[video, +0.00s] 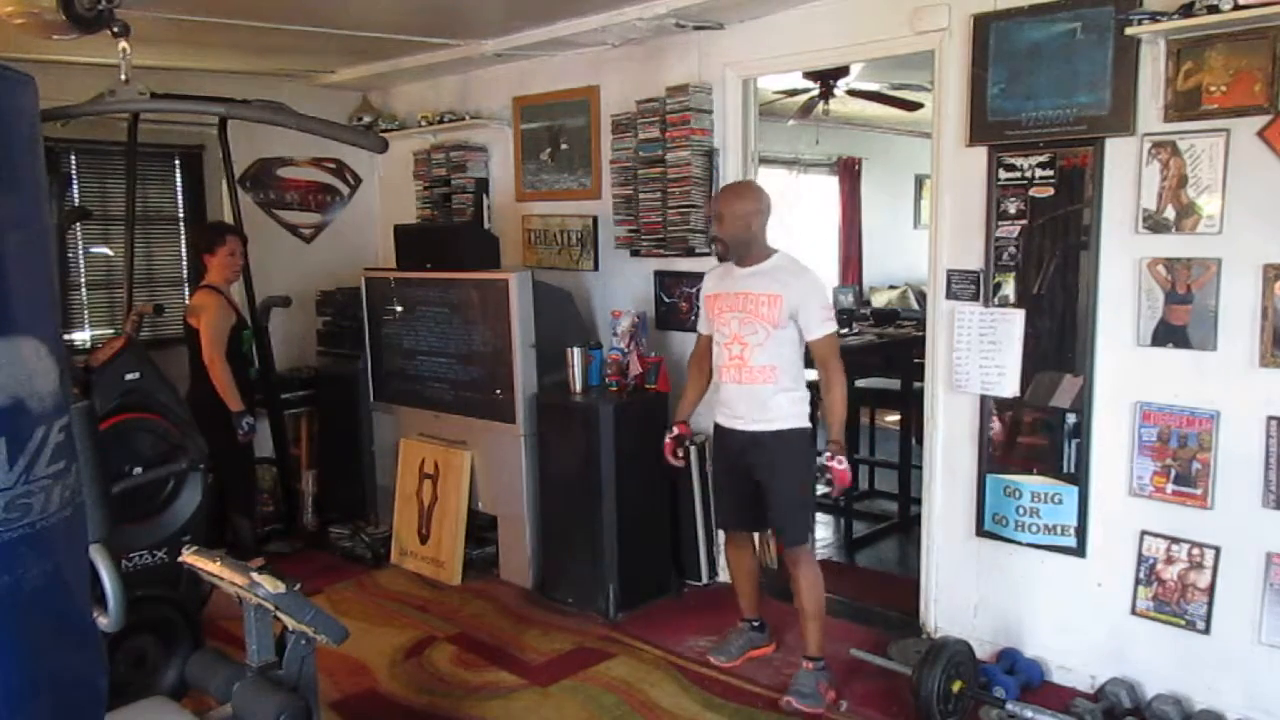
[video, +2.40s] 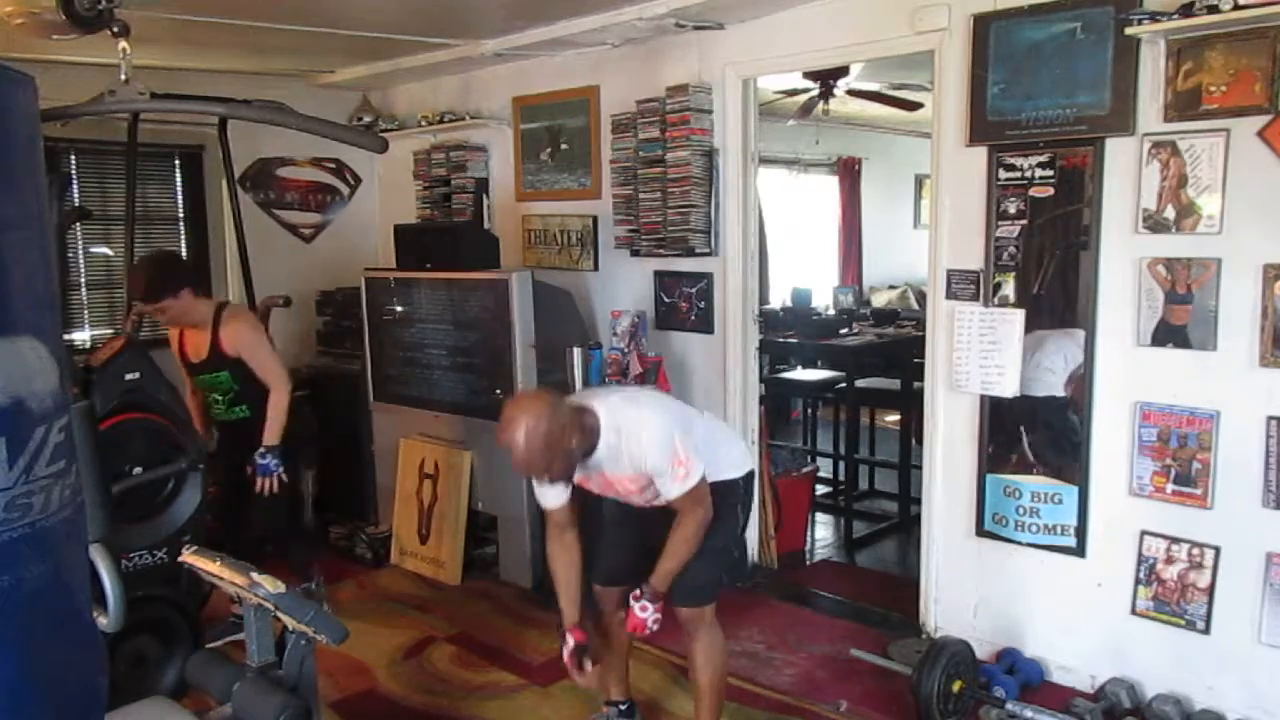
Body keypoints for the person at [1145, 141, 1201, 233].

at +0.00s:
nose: (1157, 158)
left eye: (1159, 153)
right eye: (1155, 156)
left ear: (1168, 150)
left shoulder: (1175, 161)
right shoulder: (1163, 167)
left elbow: (1170, 187)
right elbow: (1161, 188)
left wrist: (1160, 213)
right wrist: (1157, 212)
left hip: (1191, 210)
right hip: (1180, 212)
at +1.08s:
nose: (1157, 158)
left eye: (1159, 153)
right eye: (1155, 155)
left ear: (1168, 150)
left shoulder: (1175, 161)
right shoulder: (1164, 166)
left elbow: (1170, 187)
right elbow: (1161, 188)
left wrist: (1160, 213)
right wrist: (1157, 212)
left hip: (1190, 210)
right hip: (1180, 212)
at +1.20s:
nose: (1157, 158)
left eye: (1159, 153)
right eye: (1155, 156)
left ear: (1168, 150)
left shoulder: (1175, 161)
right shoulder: (1164, 166)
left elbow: (1170, 187)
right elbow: (1161, 188)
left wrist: (1160, 213)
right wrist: (1157, 212)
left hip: (1190, 211)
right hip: (1180, 212)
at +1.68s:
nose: (1157, 158)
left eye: (1159, 153)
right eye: (1155, 156)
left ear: (1168, 150)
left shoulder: (1175, 161)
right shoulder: (1164, 166)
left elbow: (1170, 187)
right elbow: (1161, 188)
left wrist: (1160, 213)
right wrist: (1157, 212)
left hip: (1190, 210)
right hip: (1180, 212)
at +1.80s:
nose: (1157, 158)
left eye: (1159, 153)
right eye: (1155, 156)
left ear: (1168, 150)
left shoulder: (1174, 161)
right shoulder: (1164, 165)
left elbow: (1171, 187)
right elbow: (1161, 187)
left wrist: (1160, 212)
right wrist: (1157, 211)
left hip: (1190, 210)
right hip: (1180, 211)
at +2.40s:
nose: (1157, 158)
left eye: (1159, 154)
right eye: (1155, 156)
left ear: (1168, 150)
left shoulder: (1175, 161)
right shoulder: (1164, 166)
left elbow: (1170, 187)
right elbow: (1161, 188)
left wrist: (1160, 212)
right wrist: (1157, 211)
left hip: (1190, 210)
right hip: (1180, 211)